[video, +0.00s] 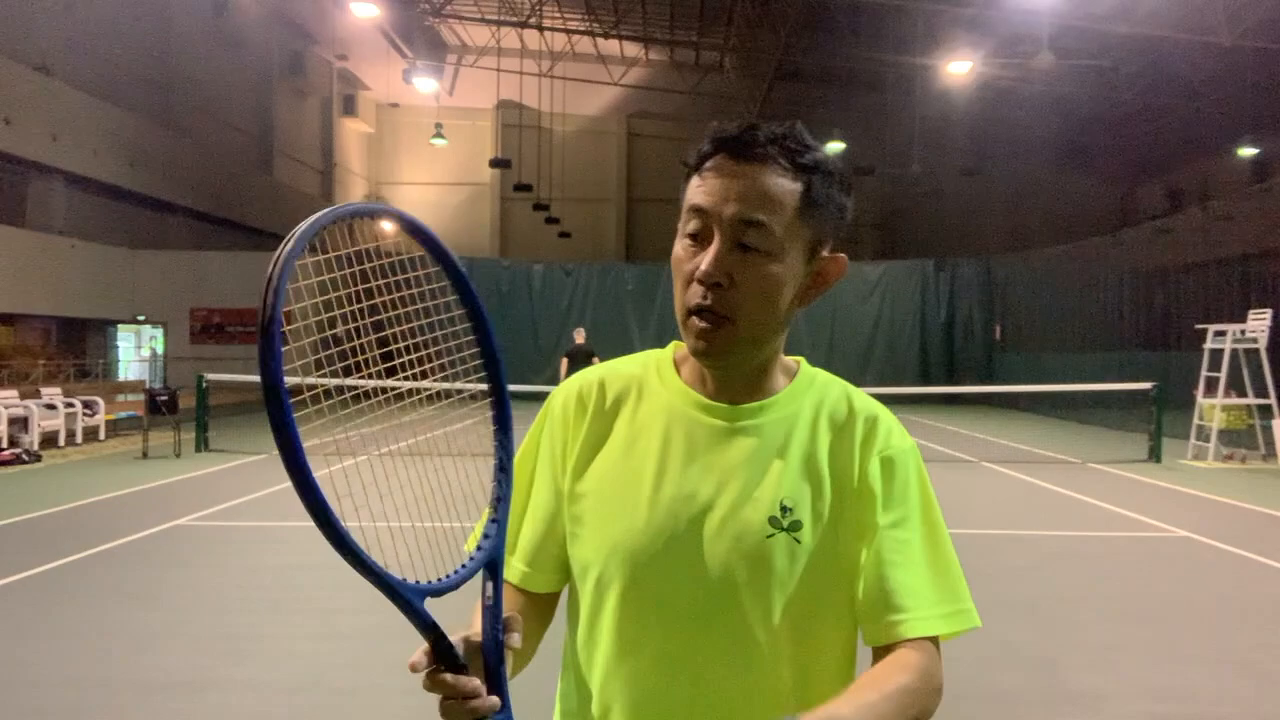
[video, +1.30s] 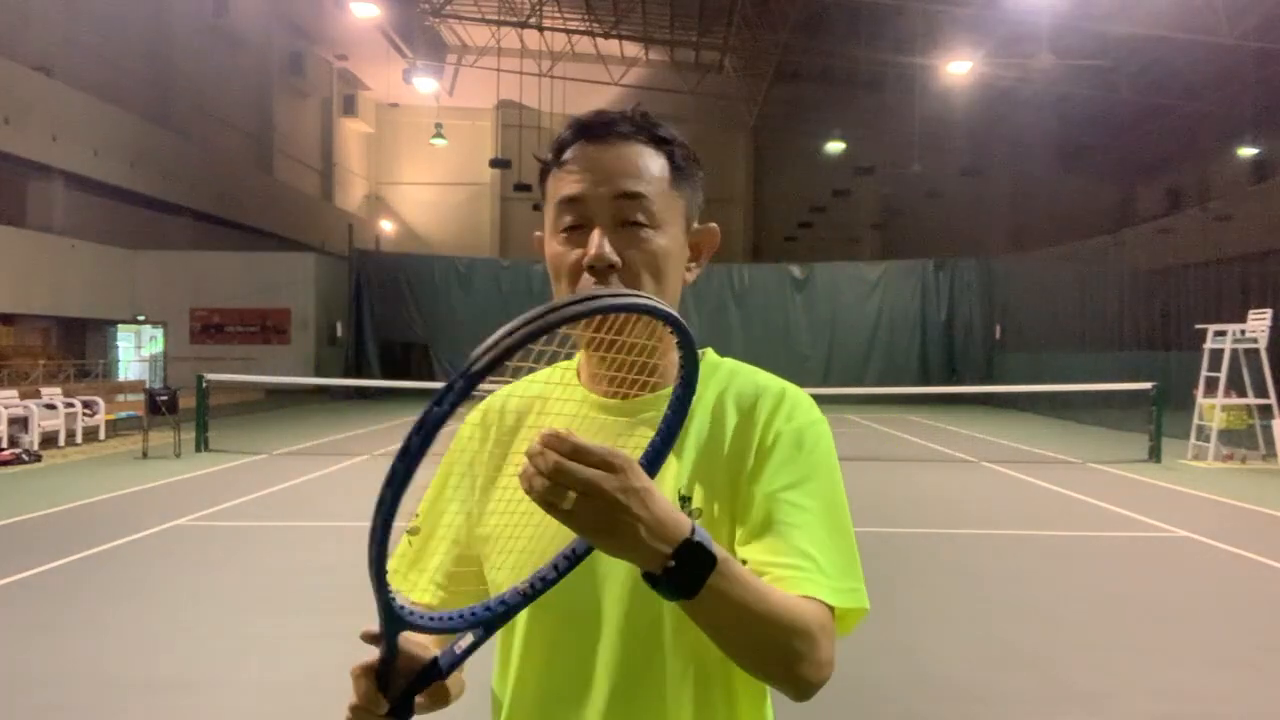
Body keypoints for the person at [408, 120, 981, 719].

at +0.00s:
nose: (707, 270)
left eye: (751, 245)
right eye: (696, 234)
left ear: (818, 277)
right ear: (674, 240)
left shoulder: (863, 439)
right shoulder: (582, 409)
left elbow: (914, 670)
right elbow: (519, 601)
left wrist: (811, 716)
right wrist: (475, 661)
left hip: (770, 706)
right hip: (601, 710)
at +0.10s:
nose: (716, 269)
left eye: (760, 245)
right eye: (707, 230)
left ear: (828, 283)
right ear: (686, 234)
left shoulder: (870, 438)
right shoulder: (592, 404)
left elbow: (899, 677)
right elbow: (523, 589)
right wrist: (485, 651)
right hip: (603, 710)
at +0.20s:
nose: (717, 269)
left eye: (763, 247)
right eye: (710, 230)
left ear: (833, 286)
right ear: (689, 232)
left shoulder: (870, 437)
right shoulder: (597, 400)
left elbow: (864, 668)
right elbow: (523, 584)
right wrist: (493, 652)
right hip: (600, 706)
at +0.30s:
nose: (712, 270)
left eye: (759, 247)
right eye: (705, 232)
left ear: (830, 289)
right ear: (685, 234)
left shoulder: (864, 435)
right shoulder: (592, 402)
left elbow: (822, 649)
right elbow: (520, 590)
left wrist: (618, 538)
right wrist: (490, 658)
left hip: (768, 710)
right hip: (597, 706)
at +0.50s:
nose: (692, 268)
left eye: (740, 247)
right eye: (686, 230)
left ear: (808, 290)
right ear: (665, 233)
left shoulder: (839, 432)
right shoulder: (576, 404)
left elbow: (751, 628)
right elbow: (511, 595)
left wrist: (544, 501)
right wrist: (476, 670)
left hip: (741, 715)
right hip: (584, 711)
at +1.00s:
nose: (626, 257)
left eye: (668, 229)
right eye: (610, 223)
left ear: (737, 263)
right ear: (585, 238)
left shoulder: (790, 424)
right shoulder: (535, 406)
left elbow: (762, 657)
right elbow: (473, 612)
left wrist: (586, 545)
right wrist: (420, 680)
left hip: (701, 714)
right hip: (546, 709)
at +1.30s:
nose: (600, 250)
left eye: (634, 222)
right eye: (574, 225)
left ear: (697, 250)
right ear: (545, 250)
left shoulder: (771, 417)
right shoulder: (500, 417)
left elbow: (805, 663)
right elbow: (438, 609)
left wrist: (669, 548)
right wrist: (413, 667)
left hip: (701, 709)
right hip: (535, 706)